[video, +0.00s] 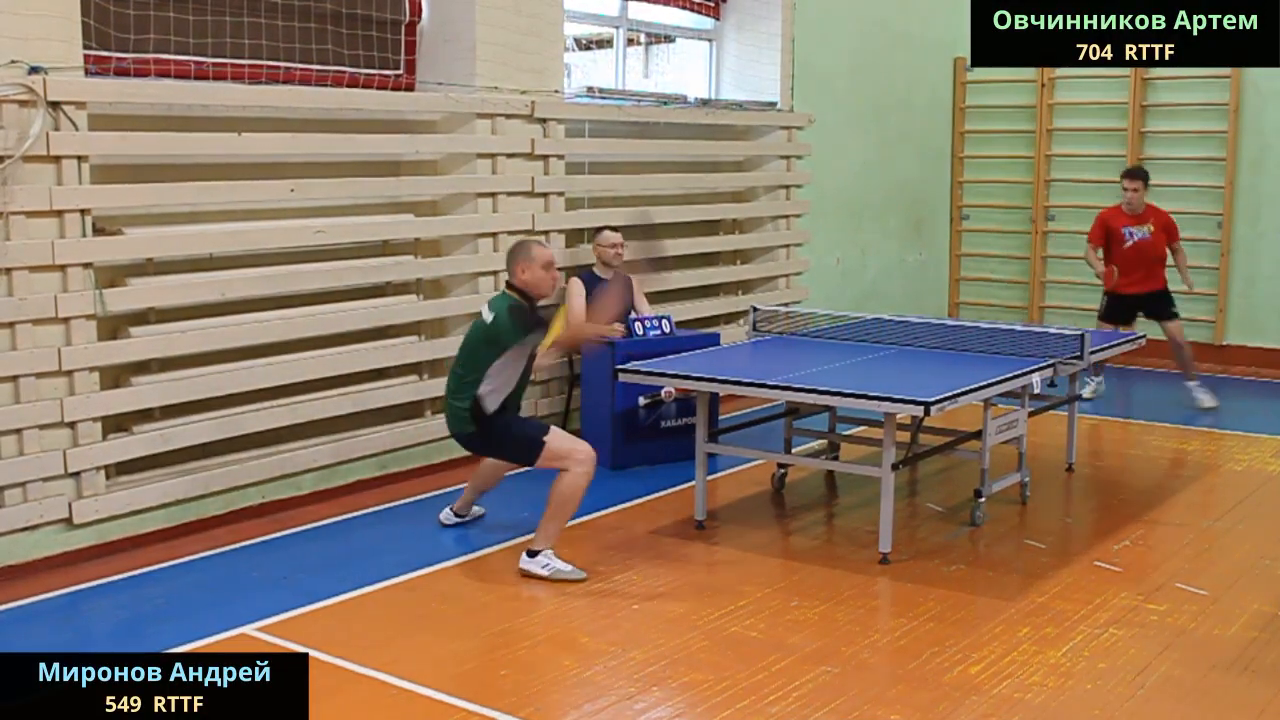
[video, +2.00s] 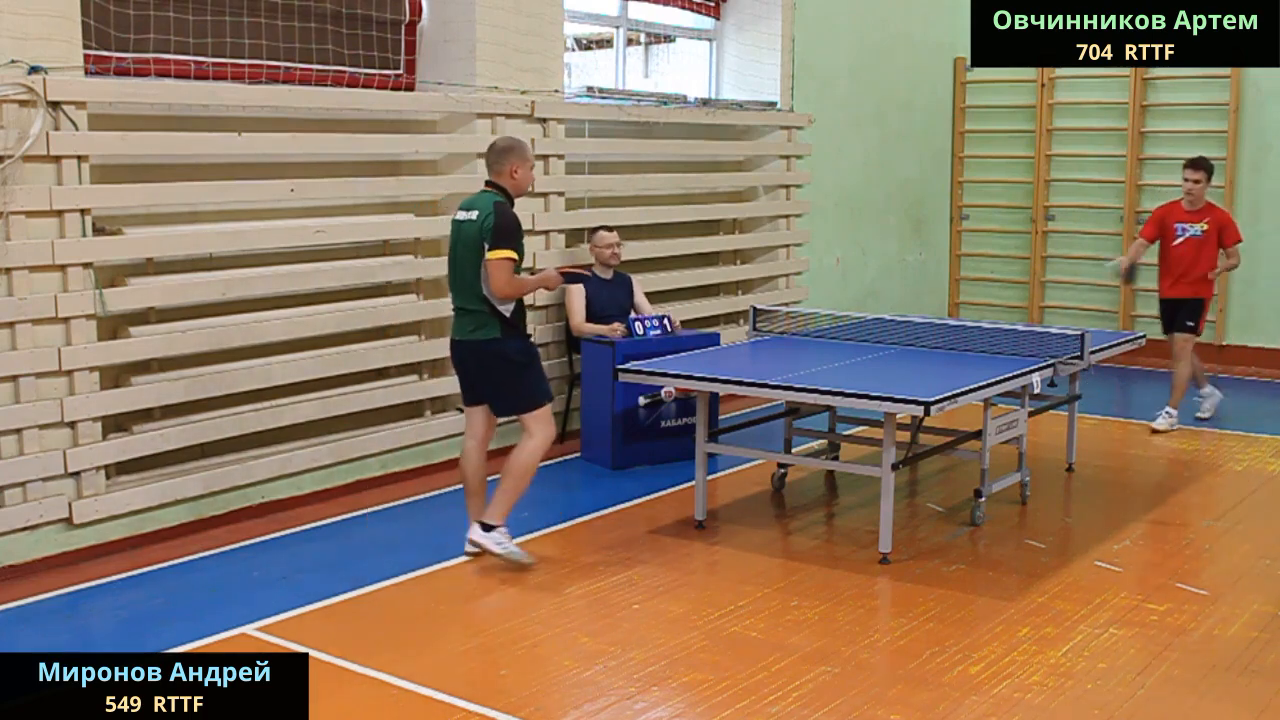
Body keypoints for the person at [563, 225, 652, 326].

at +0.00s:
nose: (619, 252)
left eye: (622, 246)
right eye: (612, 247)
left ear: (625, 248)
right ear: (596, 250)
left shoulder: (629, 282)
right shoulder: (578, 283)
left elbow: (648, 317)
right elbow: (575, 328)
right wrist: (606, 331)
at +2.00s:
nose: (615, 251)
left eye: (618, 246)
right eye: (608, 247)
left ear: (622, 247)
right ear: (593, 250)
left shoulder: (628, 281)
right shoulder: (578, 284)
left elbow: (650, 318)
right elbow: (577, 327)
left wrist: (668, 323)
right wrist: (607, 330)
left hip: (631, 349)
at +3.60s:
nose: (618, 250)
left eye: (621, 246)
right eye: (611, 246)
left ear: (624, 248)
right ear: (594, 250)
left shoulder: (629, 282)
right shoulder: (579, 283)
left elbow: (646, 314)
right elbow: (577, 327)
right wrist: (606, 330)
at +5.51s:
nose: (617, 251)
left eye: (621, 246)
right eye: (611, 246)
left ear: (624, 248)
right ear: (595, 249)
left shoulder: (627, 280)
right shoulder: (579, 282)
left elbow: (648, 317)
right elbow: (577, 328)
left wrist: (664, 325)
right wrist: (606, 330)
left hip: (630, 347)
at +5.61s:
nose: (617, 251)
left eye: (621, 246)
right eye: (610, 246)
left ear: (624, 248)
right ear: (595, 249)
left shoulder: (627, 280)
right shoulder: (581, 280)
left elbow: (649, 317)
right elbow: (577, 327)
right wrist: (606, 330)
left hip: (630, 345)